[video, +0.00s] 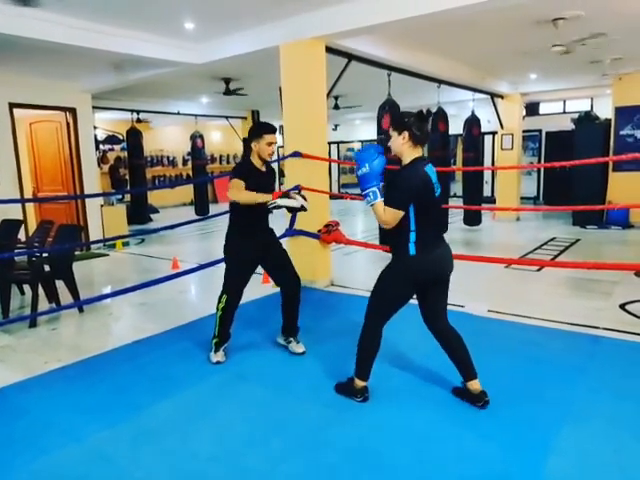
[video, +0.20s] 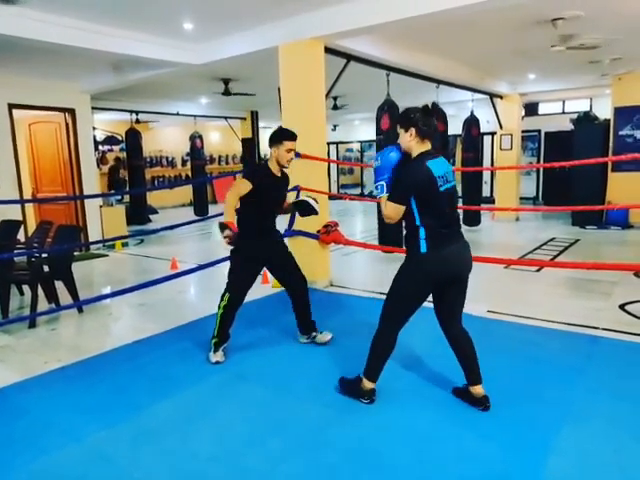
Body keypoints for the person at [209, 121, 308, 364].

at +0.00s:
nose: (273, 149)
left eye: (275, 144)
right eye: (268, 144)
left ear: (273, 145)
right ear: (254, 144)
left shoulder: (269, 171)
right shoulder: (242, 168)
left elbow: (264, 200)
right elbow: (234, 194)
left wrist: (287, 198)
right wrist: (271, 198)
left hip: (265, 238)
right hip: (241, 241)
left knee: (291, 283)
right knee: (231, 294)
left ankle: (289, 335)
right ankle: (219, 343)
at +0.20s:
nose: (291, 156)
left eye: (293, 152)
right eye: (288, 151)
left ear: (291, 152)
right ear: (273, 149)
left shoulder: (283, 178)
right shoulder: (256, 173)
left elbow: (276, 208)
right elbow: (232, 196)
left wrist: (296, 205)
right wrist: (228, 225)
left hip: (272, 241)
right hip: (248, 243)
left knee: (298, 284)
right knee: (234, 295)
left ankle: (307, 332)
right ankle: (217, 345)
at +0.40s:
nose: (324, 160)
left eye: (326, 156)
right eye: (320, 155)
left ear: (325, 155)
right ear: (306, 153)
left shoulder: (316, 180)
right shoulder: (288, 176)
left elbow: (318, 214)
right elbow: (255, 196)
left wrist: (329, 204)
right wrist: (224, 219)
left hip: (295, 237)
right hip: (275, 238)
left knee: (316, 284)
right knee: (264, 292)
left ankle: (309, 333)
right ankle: (227, 340)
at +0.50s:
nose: (331, 153)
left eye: (334, 148)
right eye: (327, 148)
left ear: (334, 147)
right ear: (314, 146)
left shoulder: (327, 173)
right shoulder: (295, 170)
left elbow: (331, 207)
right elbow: (264, 193)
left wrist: (338, 198)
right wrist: (241, 219)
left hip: (304, 229)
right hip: (284, 230)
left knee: (315, 283)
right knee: (286, 285)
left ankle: (308, 333)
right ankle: (259, 334)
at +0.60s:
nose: (336, 148)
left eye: (339, 144)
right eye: (331, 143)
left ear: (340, 143)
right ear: (319, 142)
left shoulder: (337, 169)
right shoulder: (301, 167)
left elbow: (337, 198)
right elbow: (273, 195)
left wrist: (344, 195)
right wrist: (261, 219)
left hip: (315, 224)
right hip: (294, 225)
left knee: (316, 281)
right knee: (303, 281)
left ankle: (311, 330)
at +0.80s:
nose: (339, 147)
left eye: (343, 142)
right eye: (335, 142)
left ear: (350, 144)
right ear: (326, 144)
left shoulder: (355, 172)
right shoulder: (316, 174)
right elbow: (294, 203)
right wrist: (290, 230)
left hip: (346, 231)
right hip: (321, 232)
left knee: (335, 283)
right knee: (338, 283)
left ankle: (310, 325)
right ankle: (348, 338)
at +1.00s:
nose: (350, 147)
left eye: (349, 142)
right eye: (348, 142)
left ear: (317, 143)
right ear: (340, 144)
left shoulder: (300, 177)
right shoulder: (352, 175)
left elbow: (301, 216)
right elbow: (367, 214)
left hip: (303, 268)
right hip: (341, 270)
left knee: (297, 325)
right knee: (369, 345)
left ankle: (264, 382)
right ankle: (371, 428)